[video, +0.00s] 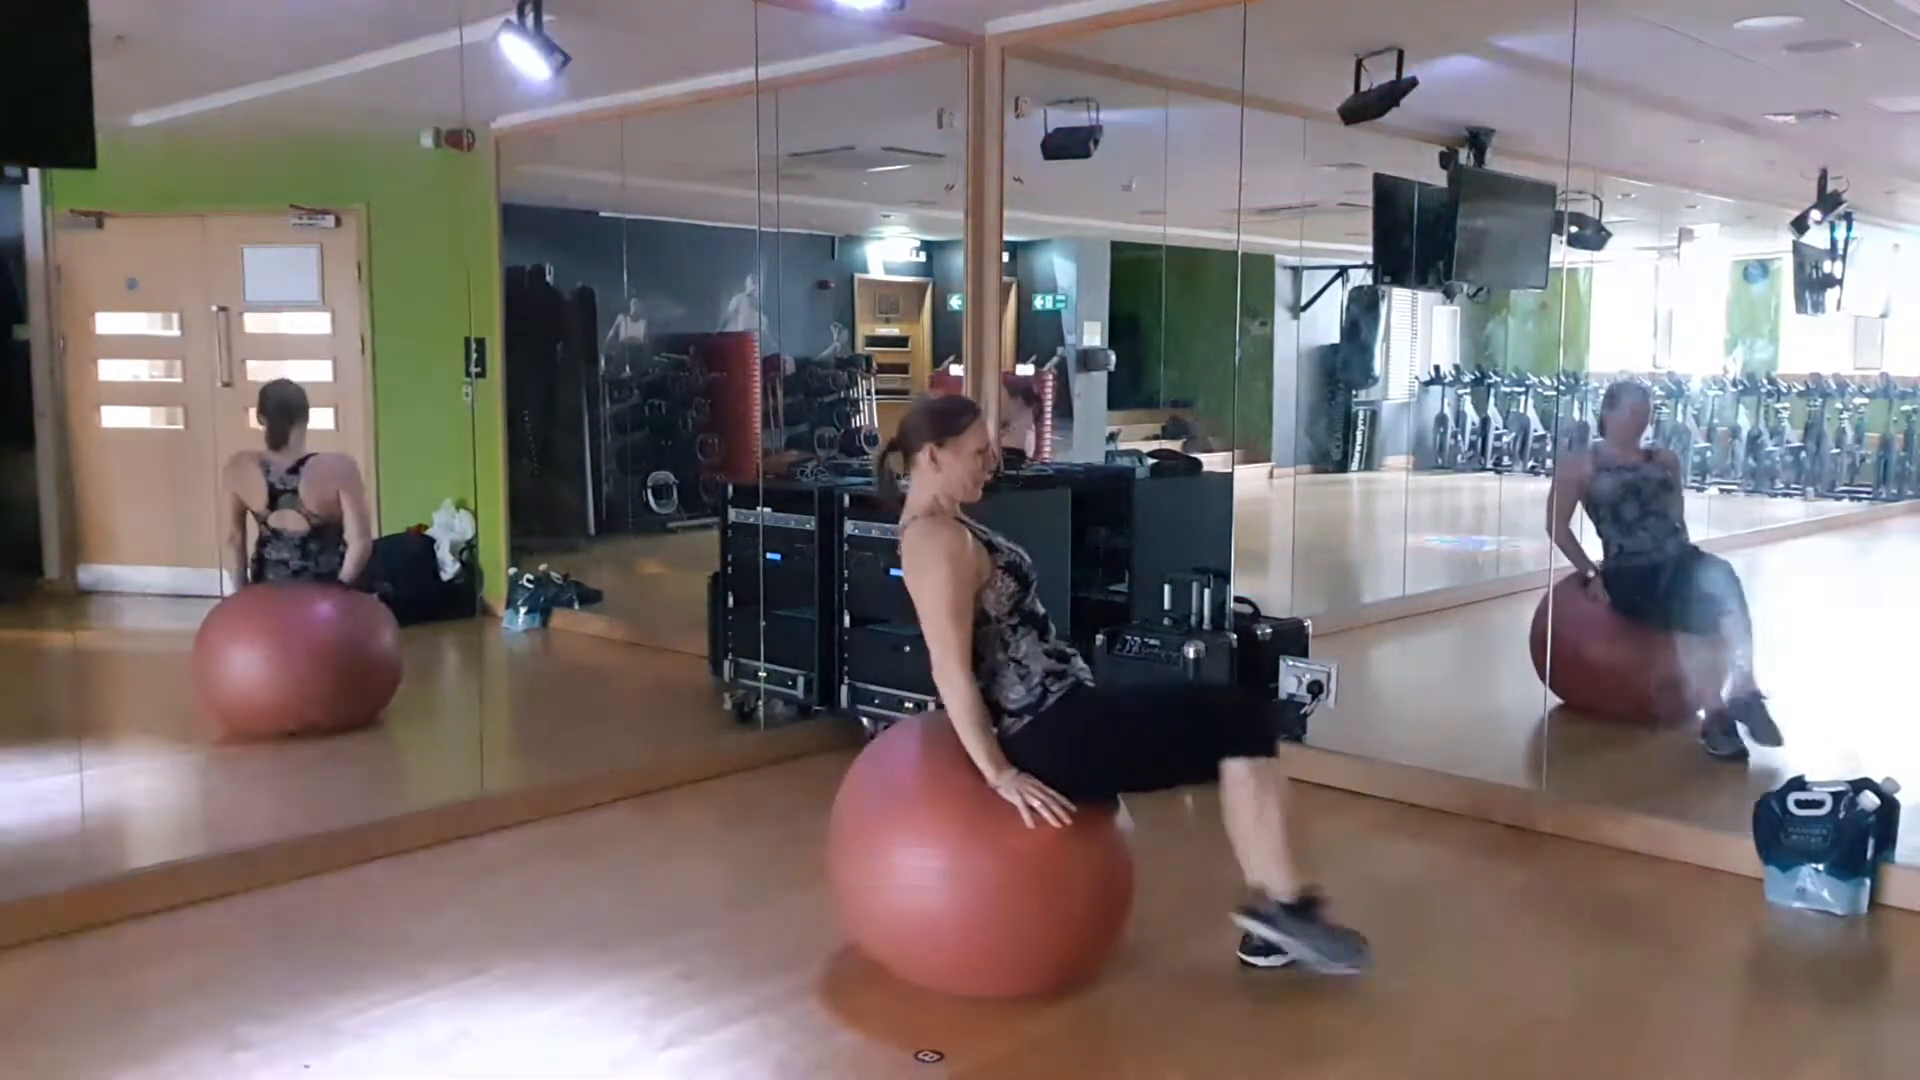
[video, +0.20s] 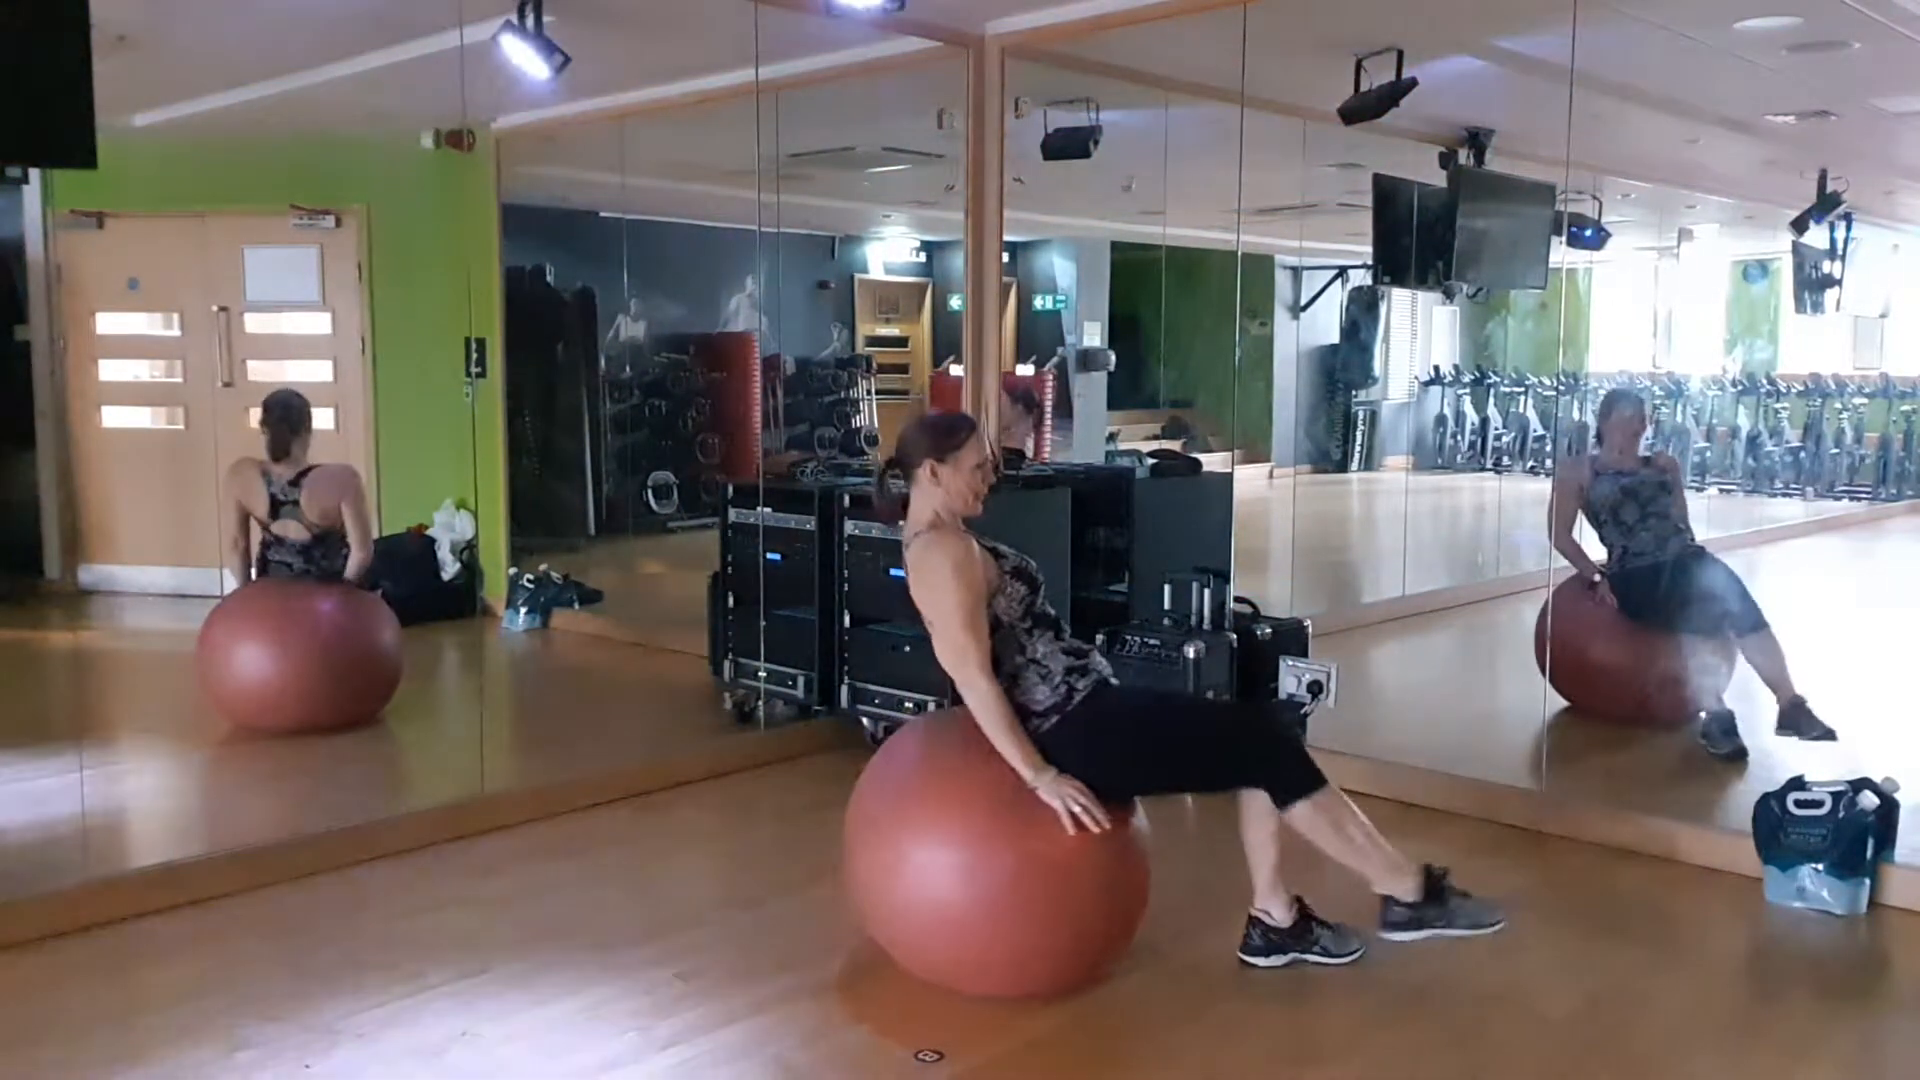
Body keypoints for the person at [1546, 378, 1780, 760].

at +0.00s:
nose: (1644, 421)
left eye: (1647, 413)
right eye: (1635, 413)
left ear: (1649, 417)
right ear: (1609, 413)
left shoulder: (1665, 461)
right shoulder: (1581, 466)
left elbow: (1677, 522)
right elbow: (1557, 527)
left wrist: (1686, 559)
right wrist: (1588, 570)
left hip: (1679, 563)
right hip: (1630, 574)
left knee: (1723, 576)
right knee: (1712, 607)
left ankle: (1744, 689)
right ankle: (1715, 717)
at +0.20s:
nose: (1639, 426)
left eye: (1642, 419)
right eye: (1629, 418)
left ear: (1646, 424)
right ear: (1604, 422)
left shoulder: (1664, 465)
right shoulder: (1579, 471)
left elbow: (1682, 526)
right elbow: (1560, 535)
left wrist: (1695, 564)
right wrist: (1593, 574)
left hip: (1686, 563)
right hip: (1635, 575)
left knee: (1728, 588)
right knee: (1709, 603)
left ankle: (1791, 703)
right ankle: (1715, 714)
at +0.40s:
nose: (1635, 440)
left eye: (1638, 432)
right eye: (1626, 432)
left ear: (1642, 438)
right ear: (1602, 439)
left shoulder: (1663, 476)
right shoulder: (1578, 484)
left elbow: (1683, 535)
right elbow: (1560, 547)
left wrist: (1698, 567)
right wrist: (1599, 579)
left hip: (1687, 566)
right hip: (1638, 578)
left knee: (1747, 605)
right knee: (1713, 605)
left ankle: (1807, 716)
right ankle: (1716, 712)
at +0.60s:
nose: (1630, 458)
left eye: (1634, 450)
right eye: (1621, 450)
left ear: (1640, 456)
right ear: (1597, 457)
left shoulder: (1661, 494)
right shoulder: (1578, 500)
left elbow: (1684, 545)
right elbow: (1562, 560)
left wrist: (1711, 574)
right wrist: (1601, 582)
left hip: (1692, 573)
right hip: (1644, 582)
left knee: (1756, 629)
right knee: (1724, 614)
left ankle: (1814, 742)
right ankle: (1717, 714)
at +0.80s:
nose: (1629, 470)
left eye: (1631, 465)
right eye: (1618, 466)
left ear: (1636, 474)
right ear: (1596, 477)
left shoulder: (1659, 511)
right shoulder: (1579, 516)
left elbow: (1685, 553)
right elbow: (1568, 572)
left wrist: (1712, 571)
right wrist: (1608, 588)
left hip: (1696, 578)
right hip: (1653, 587)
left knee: (1768, 626)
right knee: (1721, 613)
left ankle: (1818, 744)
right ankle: (1720, 715)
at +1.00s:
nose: (1627, 481)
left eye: (1629, 476)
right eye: (1616, 478)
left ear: (1636, 487)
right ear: (1595, 490)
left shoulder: (1661, 521)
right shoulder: (1582, 526)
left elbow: (1692, 555)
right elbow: (1573, 575)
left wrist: (1725, 577)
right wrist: (1611, 589)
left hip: (1698, 580)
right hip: (1654, 586)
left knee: (1781, 627)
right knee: (1731, 606)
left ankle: (1818, 744)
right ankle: (1729, 712)